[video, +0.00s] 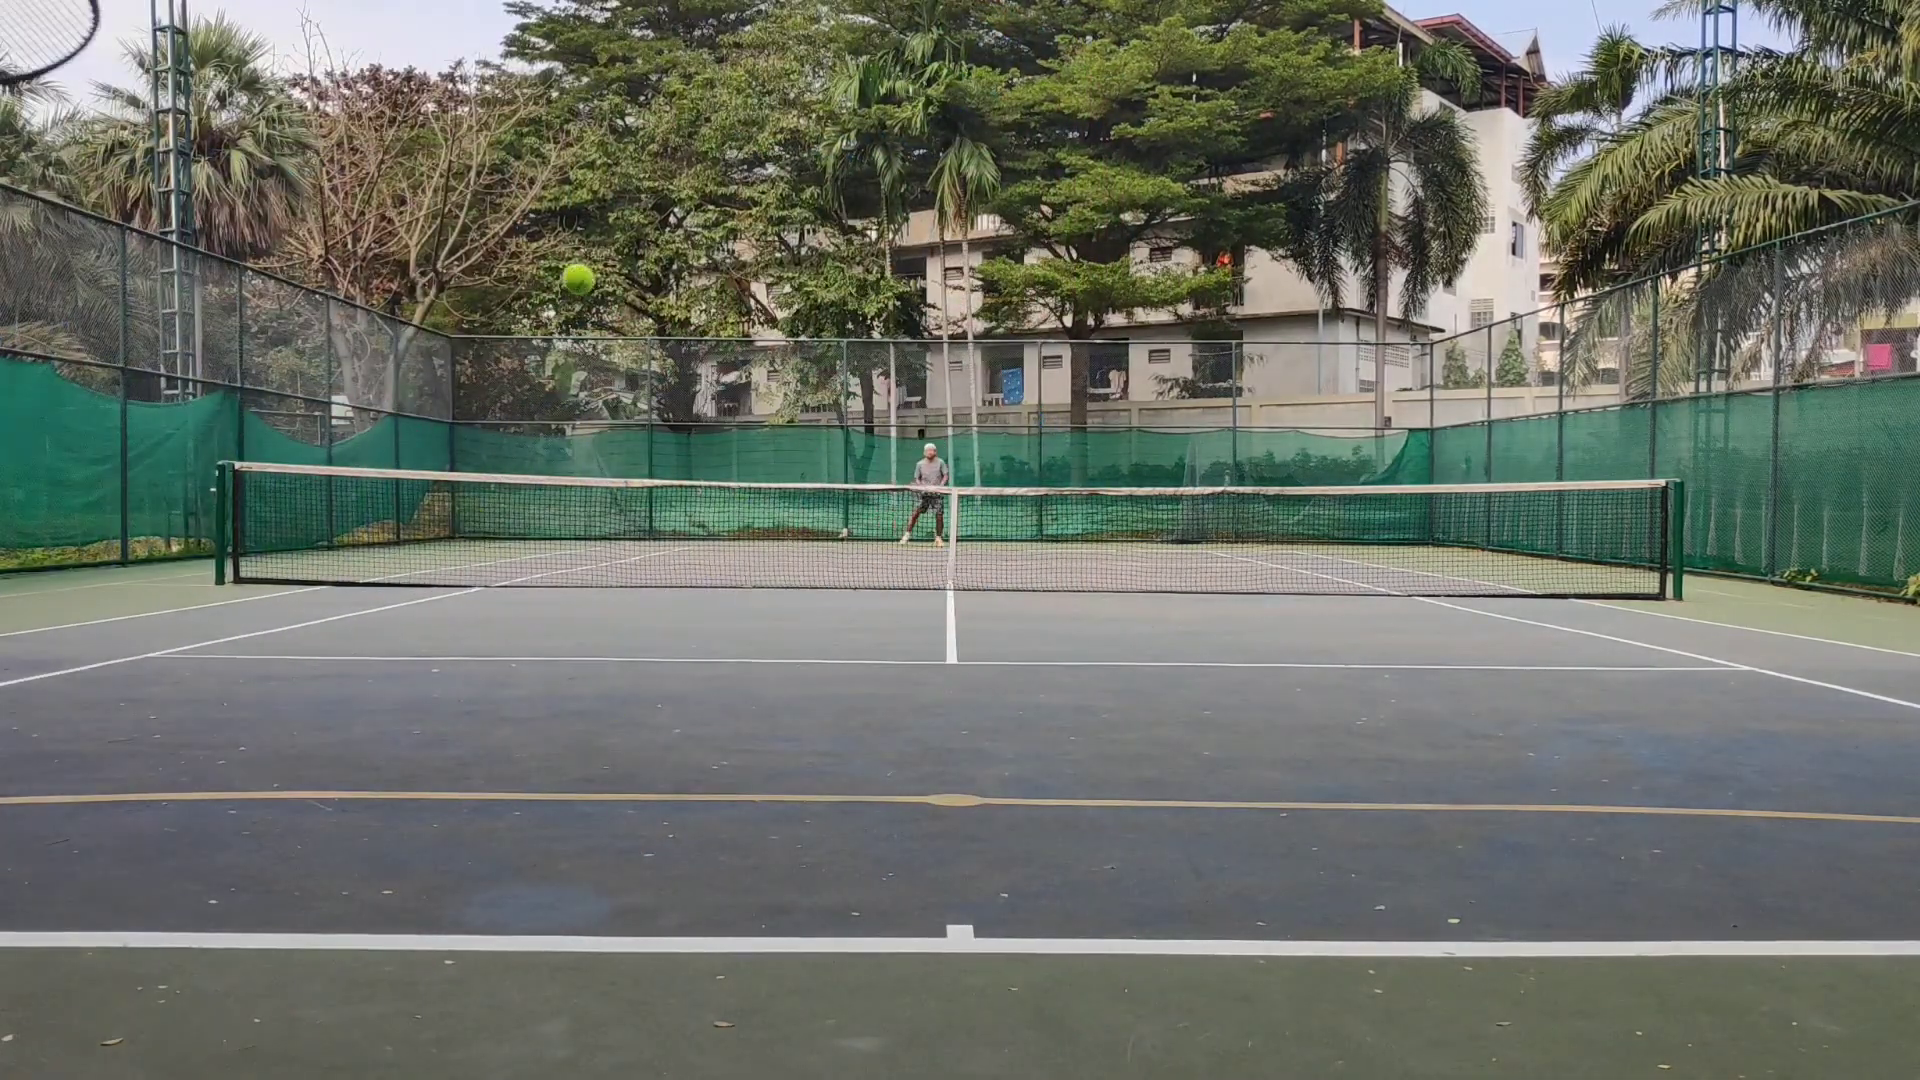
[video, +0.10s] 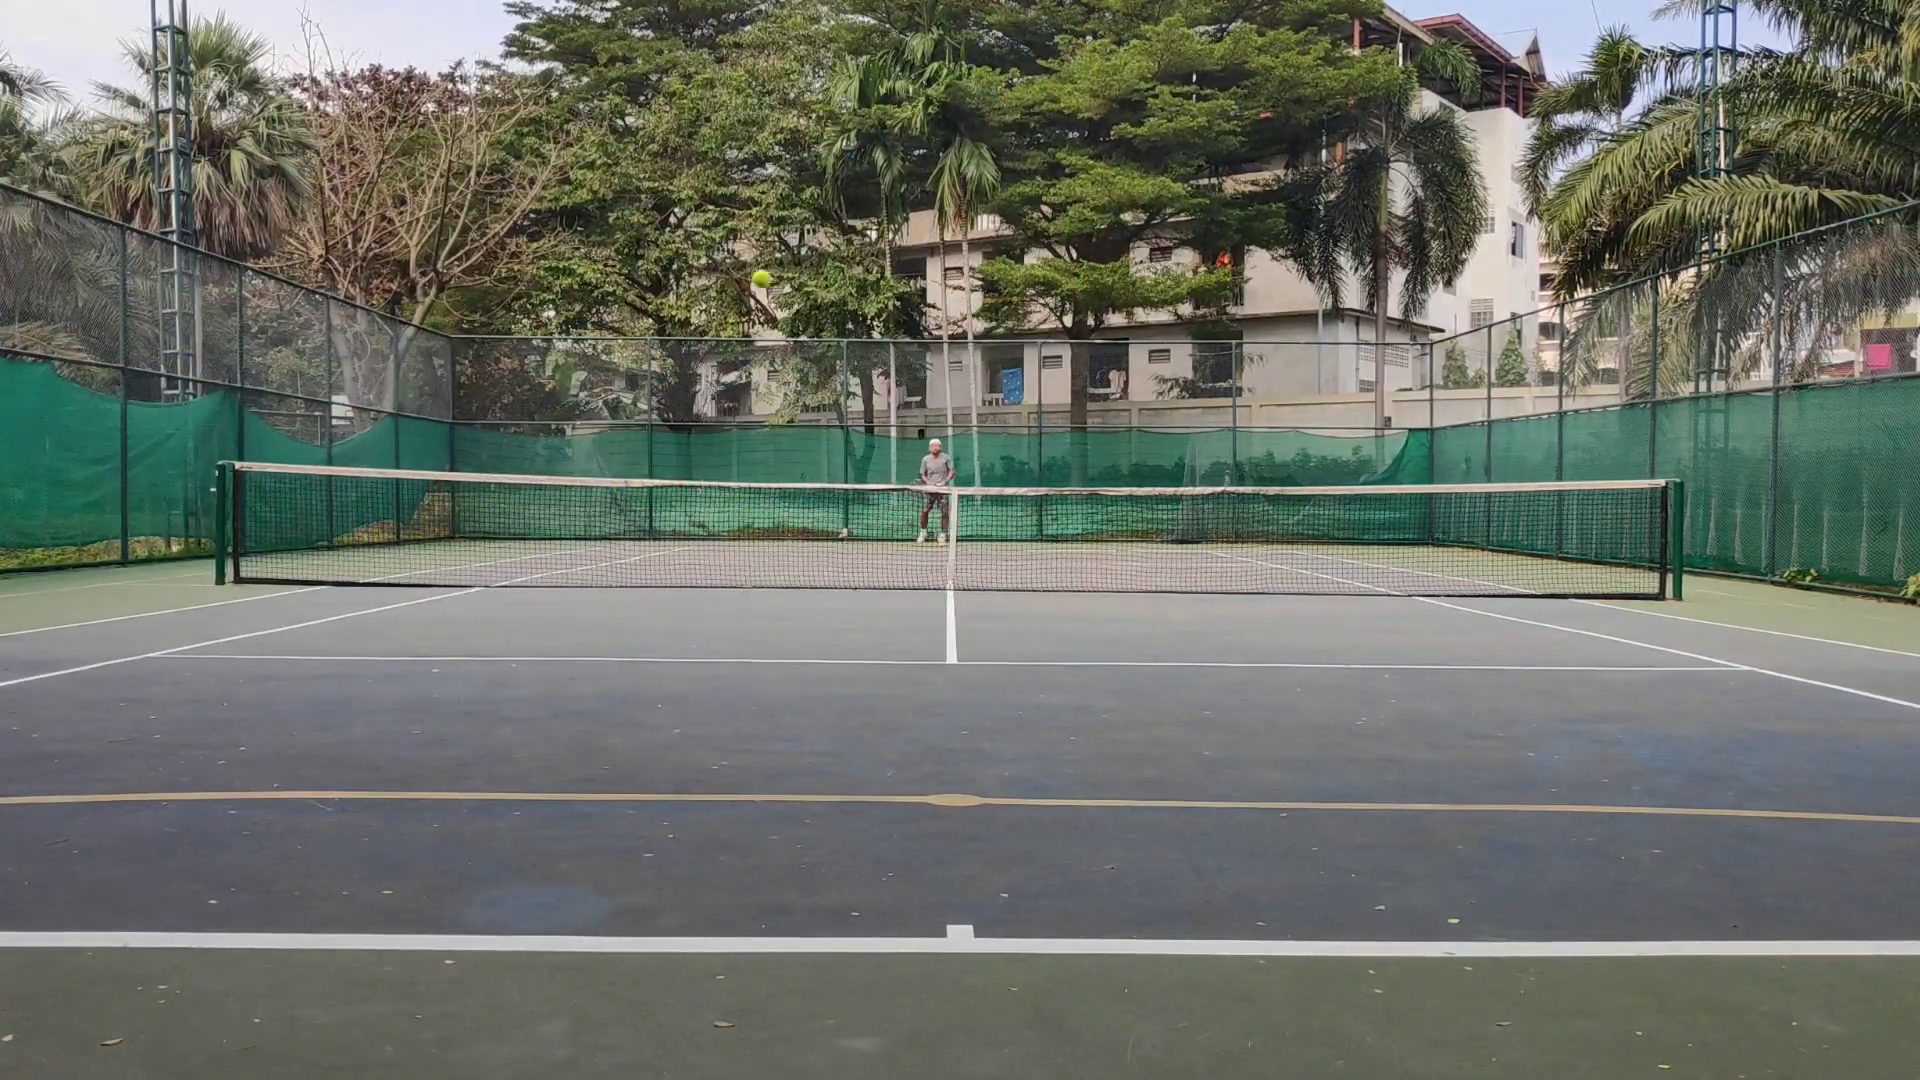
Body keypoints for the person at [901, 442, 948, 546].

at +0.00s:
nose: (930, 453)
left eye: (932, 450)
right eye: (928, 450)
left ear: (935, 452)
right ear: (924, 452)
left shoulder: (940, 462)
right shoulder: (920, 464)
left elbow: (946, 476)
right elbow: (917, 479)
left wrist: (940, 486)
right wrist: (923, 487)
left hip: (937, 492)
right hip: (925, 492)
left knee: (939, 515)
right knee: (917, 511)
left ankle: (939, 536)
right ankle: (908, 532)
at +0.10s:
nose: (935, 448)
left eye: (937, 446)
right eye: (933, 446)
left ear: (940, 447)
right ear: (930, 448)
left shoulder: (946, 458)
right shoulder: (926, 459)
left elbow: (952, 471)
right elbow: (922, 474)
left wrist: (945, 481)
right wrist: (928, 482)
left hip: (943, 486)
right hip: (930, 486)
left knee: (945, 511)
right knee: (926, 510)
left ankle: (944, 533)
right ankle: (923, 531)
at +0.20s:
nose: (940, 448)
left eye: (942, 446)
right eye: (938, 446)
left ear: (944, 447)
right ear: (934, 448)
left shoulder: (951, 458)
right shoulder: (931, 459)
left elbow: (956, 470)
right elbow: (927, 473)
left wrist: (950, 481)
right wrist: (933, 482)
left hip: (949, 486)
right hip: (937, 487)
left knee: (954, 511)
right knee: (935, 510)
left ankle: (956, 533)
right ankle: (931, 531)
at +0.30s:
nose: (945, 454)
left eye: (947, 451)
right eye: (943, 452)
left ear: (950, 453)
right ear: (940, 453)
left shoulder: (955, 463)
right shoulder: (936, 465)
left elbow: (963, 475)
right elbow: (933, 479)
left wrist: (956, 485)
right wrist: (939, 486)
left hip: (954, 492)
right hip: (942, 492)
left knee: (963, 513)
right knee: (940, 516)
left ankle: (971, 534)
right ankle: (936, 536)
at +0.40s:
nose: (951, 459)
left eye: (953, 457)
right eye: (949, 457)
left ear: (957, 458)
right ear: (946, 459)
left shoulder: (962, 468)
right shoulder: (942, 471)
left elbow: (969, 480)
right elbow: (939, 485)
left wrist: (964, 489)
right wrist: (948, 490)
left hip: (961, 495)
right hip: (949, 496)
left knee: (972, 515)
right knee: (947, 517)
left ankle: (977, 537)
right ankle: (938, 536)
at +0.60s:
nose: (961, 458)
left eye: (963, 456)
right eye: (959, 456)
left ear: (965, 458)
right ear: (955, 457)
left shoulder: (967, 468)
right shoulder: (949, 469)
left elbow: (972, 480)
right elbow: (945, 484)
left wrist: (970, 488)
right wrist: (952, 492)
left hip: (967, 493)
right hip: (955, 494)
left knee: (972, 514)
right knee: (960, 514)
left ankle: (977, 535)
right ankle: (953, 536)